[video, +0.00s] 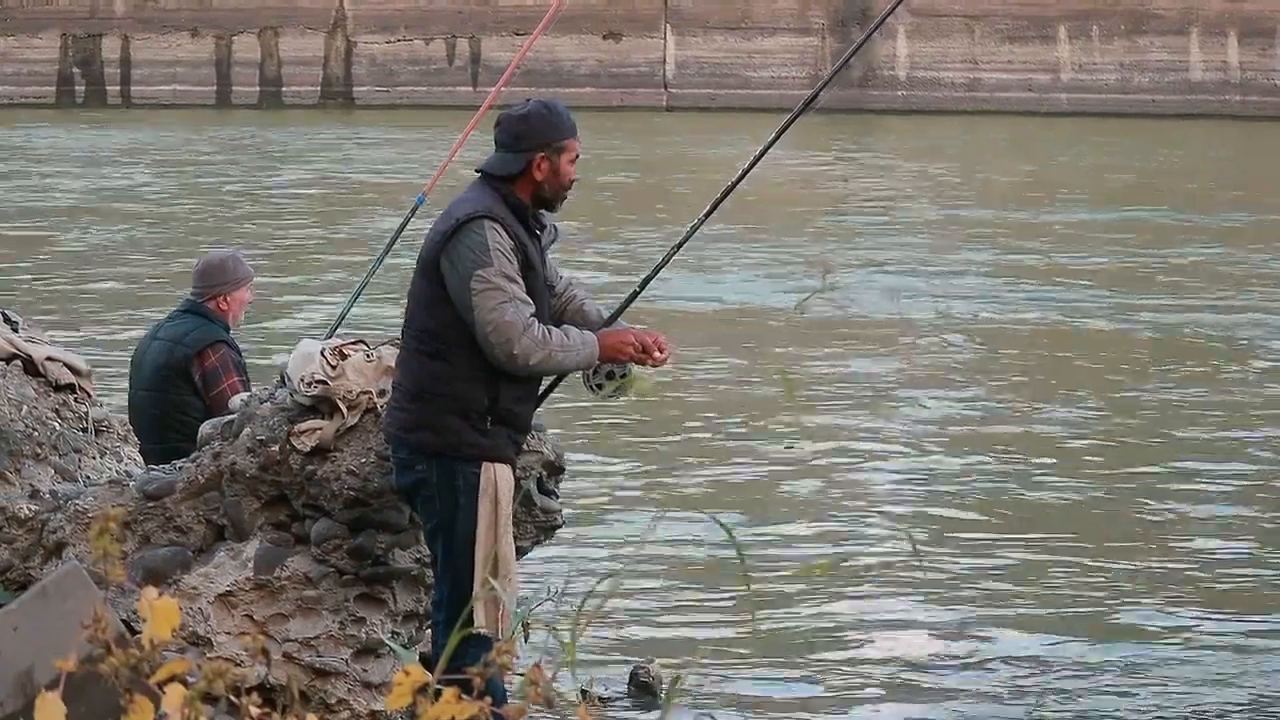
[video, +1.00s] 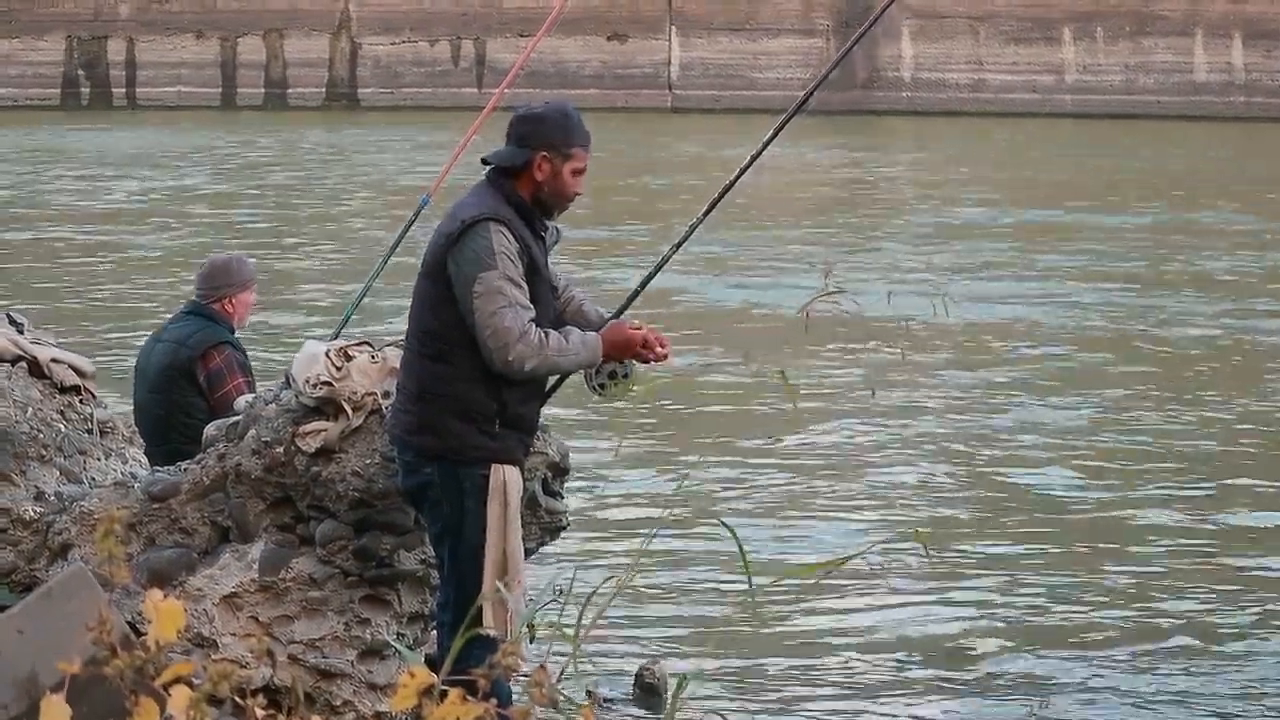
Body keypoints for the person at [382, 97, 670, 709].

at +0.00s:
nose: (576, 172)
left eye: (576, 159)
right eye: (571, 160)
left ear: (532, 162)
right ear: (538, 164)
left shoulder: (515, 225)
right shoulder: (479, 232)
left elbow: (558, 299)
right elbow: (514, 342)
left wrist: (614, 335)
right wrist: (601, 345)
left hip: (477, 443)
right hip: (449, 446)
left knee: (476, 601)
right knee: (468, 606)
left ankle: (466, 709)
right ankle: (469, 712)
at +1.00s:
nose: (581, 186)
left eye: (584, 173)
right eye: (578, 172)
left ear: (544, 164)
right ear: (541, 165)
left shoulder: (517, 227)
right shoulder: (485, 233)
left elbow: (557, 304)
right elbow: (512, 347)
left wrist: (618, 335)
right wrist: (602, 344)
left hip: (480, 447)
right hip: (453, 449)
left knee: (481, 601)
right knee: (473, 606)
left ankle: (471, 709)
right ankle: (473, 713)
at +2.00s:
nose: (586, 179)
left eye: (588, 166)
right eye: (582, 165)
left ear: (547, 159)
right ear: (545, 160)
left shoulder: (522, 220)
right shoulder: (490, 227)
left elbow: (559, 299)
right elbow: (513, 342)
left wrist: (616, 329)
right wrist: (602, 340)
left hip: (483, 442)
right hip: (457, 446)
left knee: (484, 595)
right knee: (477, 601)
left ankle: (481, 707)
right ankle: (476, 710)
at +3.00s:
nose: (591, 182)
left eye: (595, 168)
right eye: (587, 168)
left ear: (551, 160)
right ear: (549, 160)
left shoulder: (525, 217)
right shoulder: (497, 225)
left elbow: (558, 300)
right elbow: (517, 340)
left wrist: (617, 325)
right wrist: (607, 339)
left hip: (482, 437)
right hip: (458, 443)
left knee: (490, 592)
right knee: (478, 597)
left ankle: (486, 709)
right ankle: (472, 712)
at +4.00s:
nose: (600, 181)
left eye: (603, 168)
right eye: (594, 168)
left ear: (560, 161)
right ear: (558, 161)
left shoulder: (530, 217)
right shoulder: (504, 224)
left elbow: (563, 296)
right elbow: (523, 340)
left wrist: (619, 322)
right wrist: (611, 342)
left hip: (489, 438)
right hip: (465, 442)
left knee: (495, 593)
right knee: (483, 599)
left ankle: (491, 707)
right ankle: (482, 710)